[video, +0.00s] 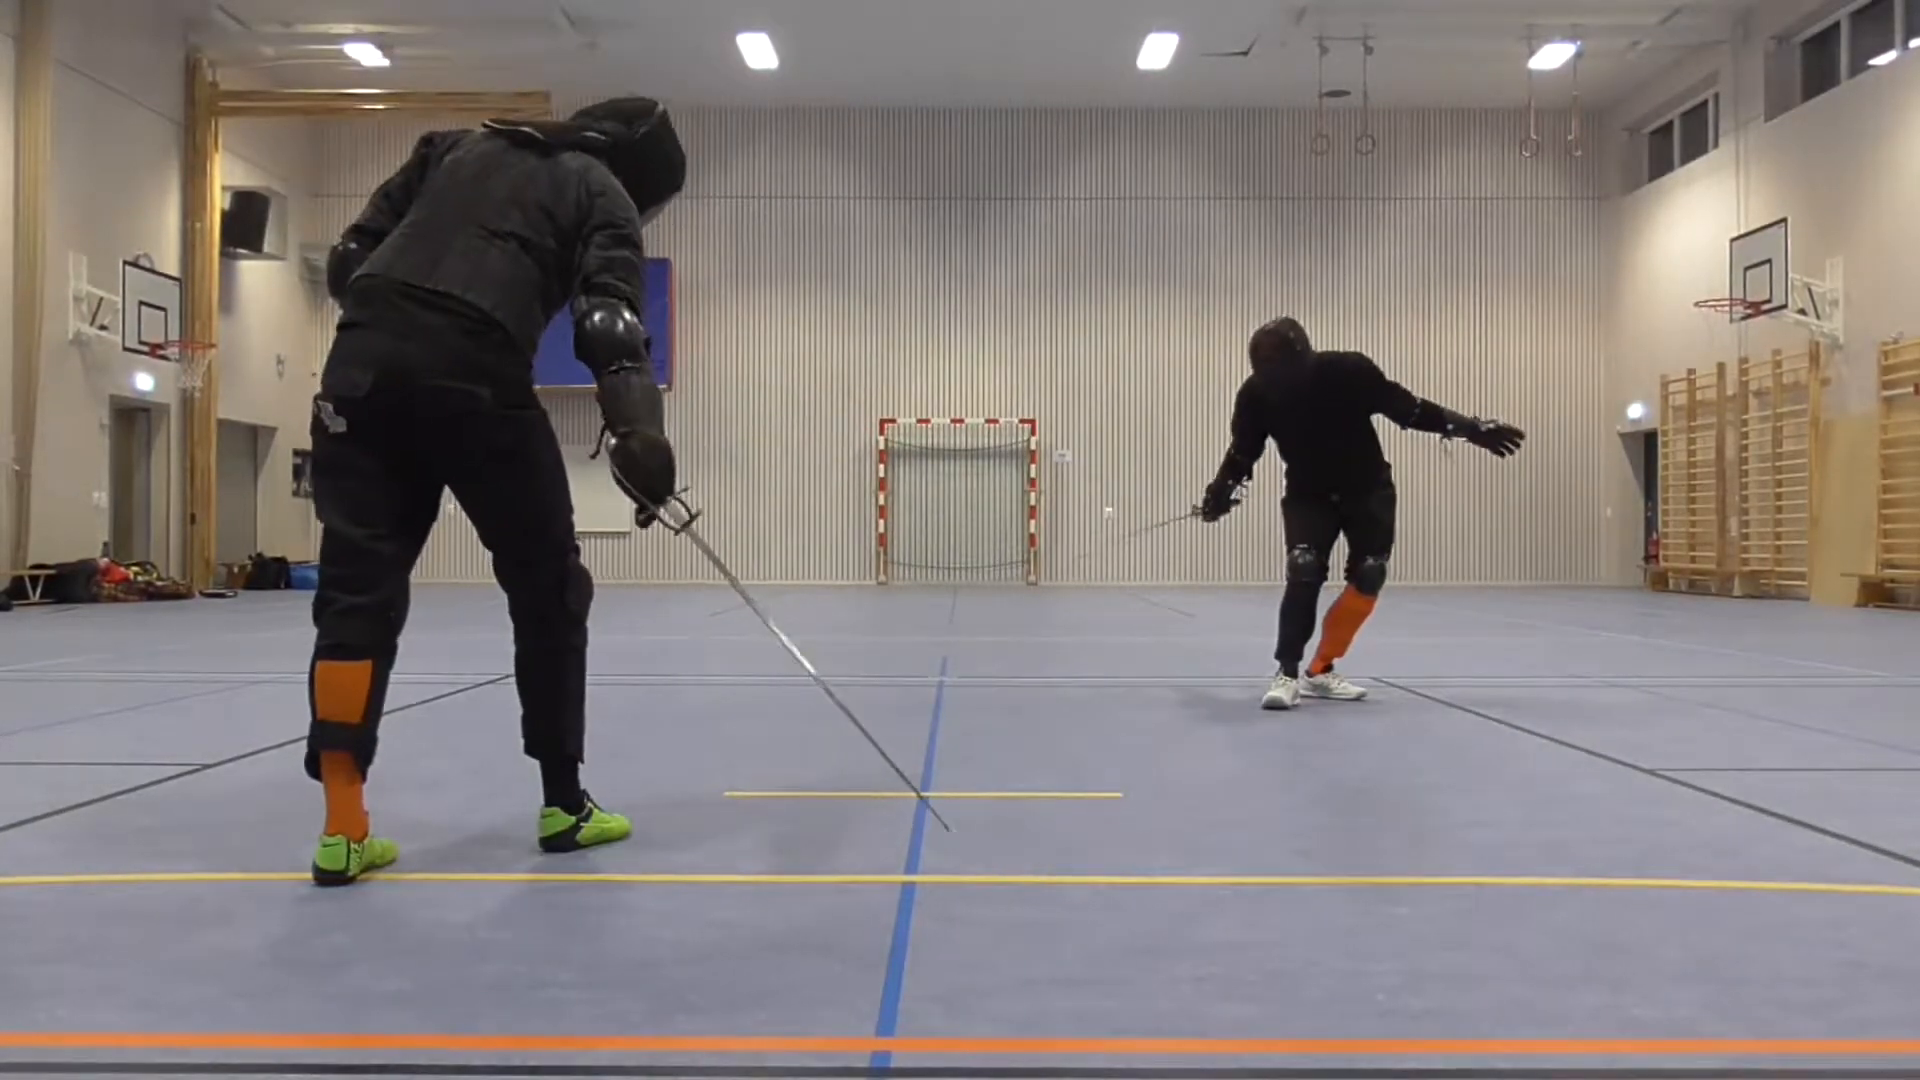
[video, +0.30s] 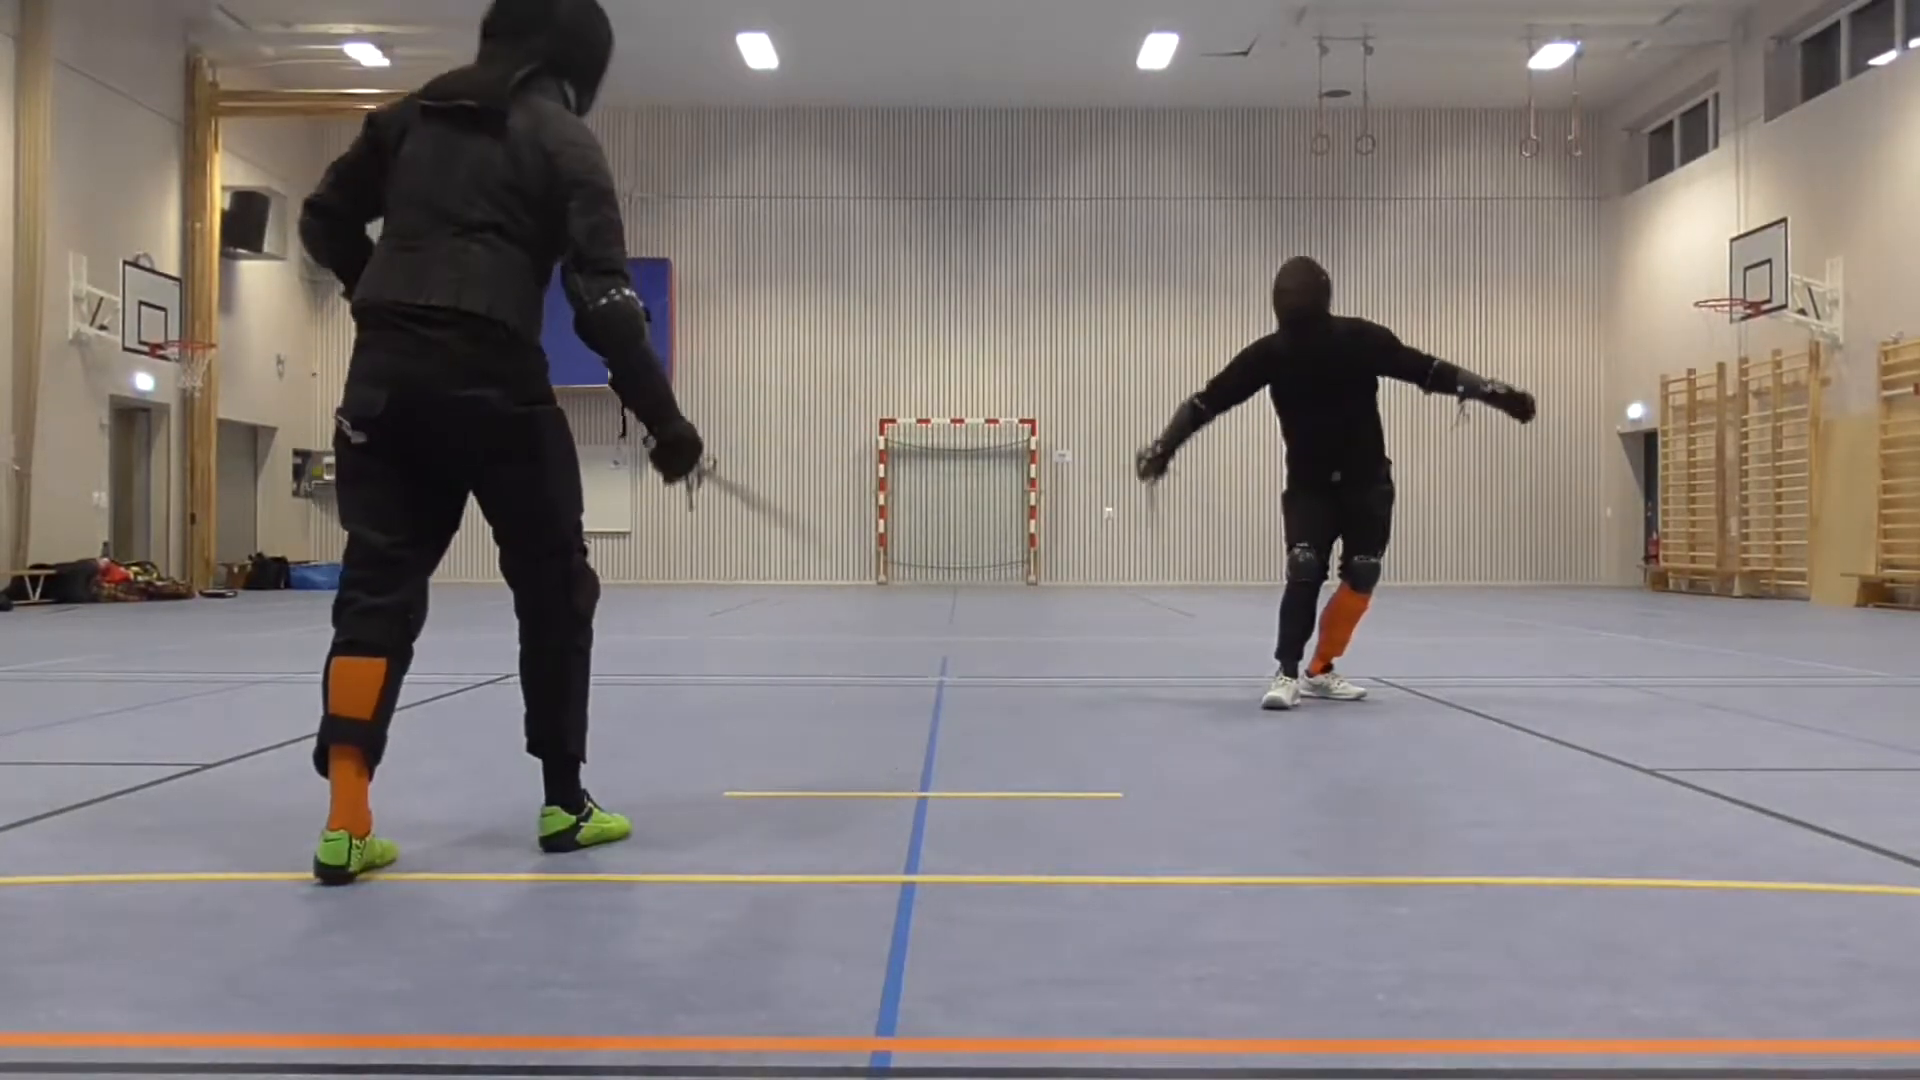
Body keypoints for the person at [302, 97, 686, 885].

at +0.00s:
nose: (641, 211)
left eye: (649, 200)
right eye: (647, 195)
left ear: (582, 130)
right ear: (628, 170)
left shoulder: (455, 146)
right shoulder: (604, 196)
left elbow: (351, 254)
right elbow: (609, 322)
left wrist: (399, 329)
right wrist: (641, 433)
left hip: (362, 373)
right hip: (476, 383)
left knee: (356, 592)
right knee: (548, 588)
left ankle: (341, 829)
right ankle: (563, 804)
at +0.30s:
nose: (593, 94)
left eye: (594, 78)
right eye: (593, 77)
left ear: (499, 40)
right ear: (573, 64)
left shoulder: (410, 113)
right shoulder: (566, 143)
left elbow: (325, 218)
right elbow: (602, 301)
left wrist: (389, 291)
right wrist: (665, 419)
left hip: (385, 371)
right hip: (495, 379)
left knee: (378, 584)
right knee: (554, 583)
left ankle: (345, 826)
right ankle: (565, 802)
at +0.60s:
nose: (516, 42)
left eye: (513, 30)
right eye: (512, 28)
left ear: (406, 18)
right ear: (492, 26)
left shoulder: (336, 104)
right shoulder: (500, 111)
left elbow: (299, 244)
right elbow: (569, 274)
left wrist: (388, 253)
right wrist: (640, 372)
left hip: (368, 375)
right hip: (484, 378)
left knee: (363, 587)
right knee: (537, 585)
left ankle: (345, 829)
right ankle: (563, 802)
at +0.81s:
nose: (476, 41)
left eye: (475, 29)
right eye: (474, 27)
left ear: (369, 15)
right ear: (452, 22)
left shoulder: (299, 107)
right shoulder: (466, 109)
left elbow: (268, 248)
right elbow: (526, 274)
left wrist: (362, 247)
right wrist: (598, 377)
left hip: (348, 384)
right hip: (465, 382)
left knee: (344, 591)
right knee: (514, 584)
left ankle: (341, 830)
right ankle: (552, 802)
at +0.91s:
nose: (471, 38)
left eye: (469, 26)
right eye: (468, 24)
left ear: (361, 14)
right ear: (442, 19)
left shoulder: (290, 108)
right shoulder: (456, 109)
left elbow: (263, 250)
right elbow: (514, 274)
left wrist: (358, 248)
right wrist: (584, 383)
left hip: (347, 386)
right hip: (465, 383)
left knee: (347, 594)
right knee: (510, 587)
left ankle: (342, 830)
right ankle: (538, 800)